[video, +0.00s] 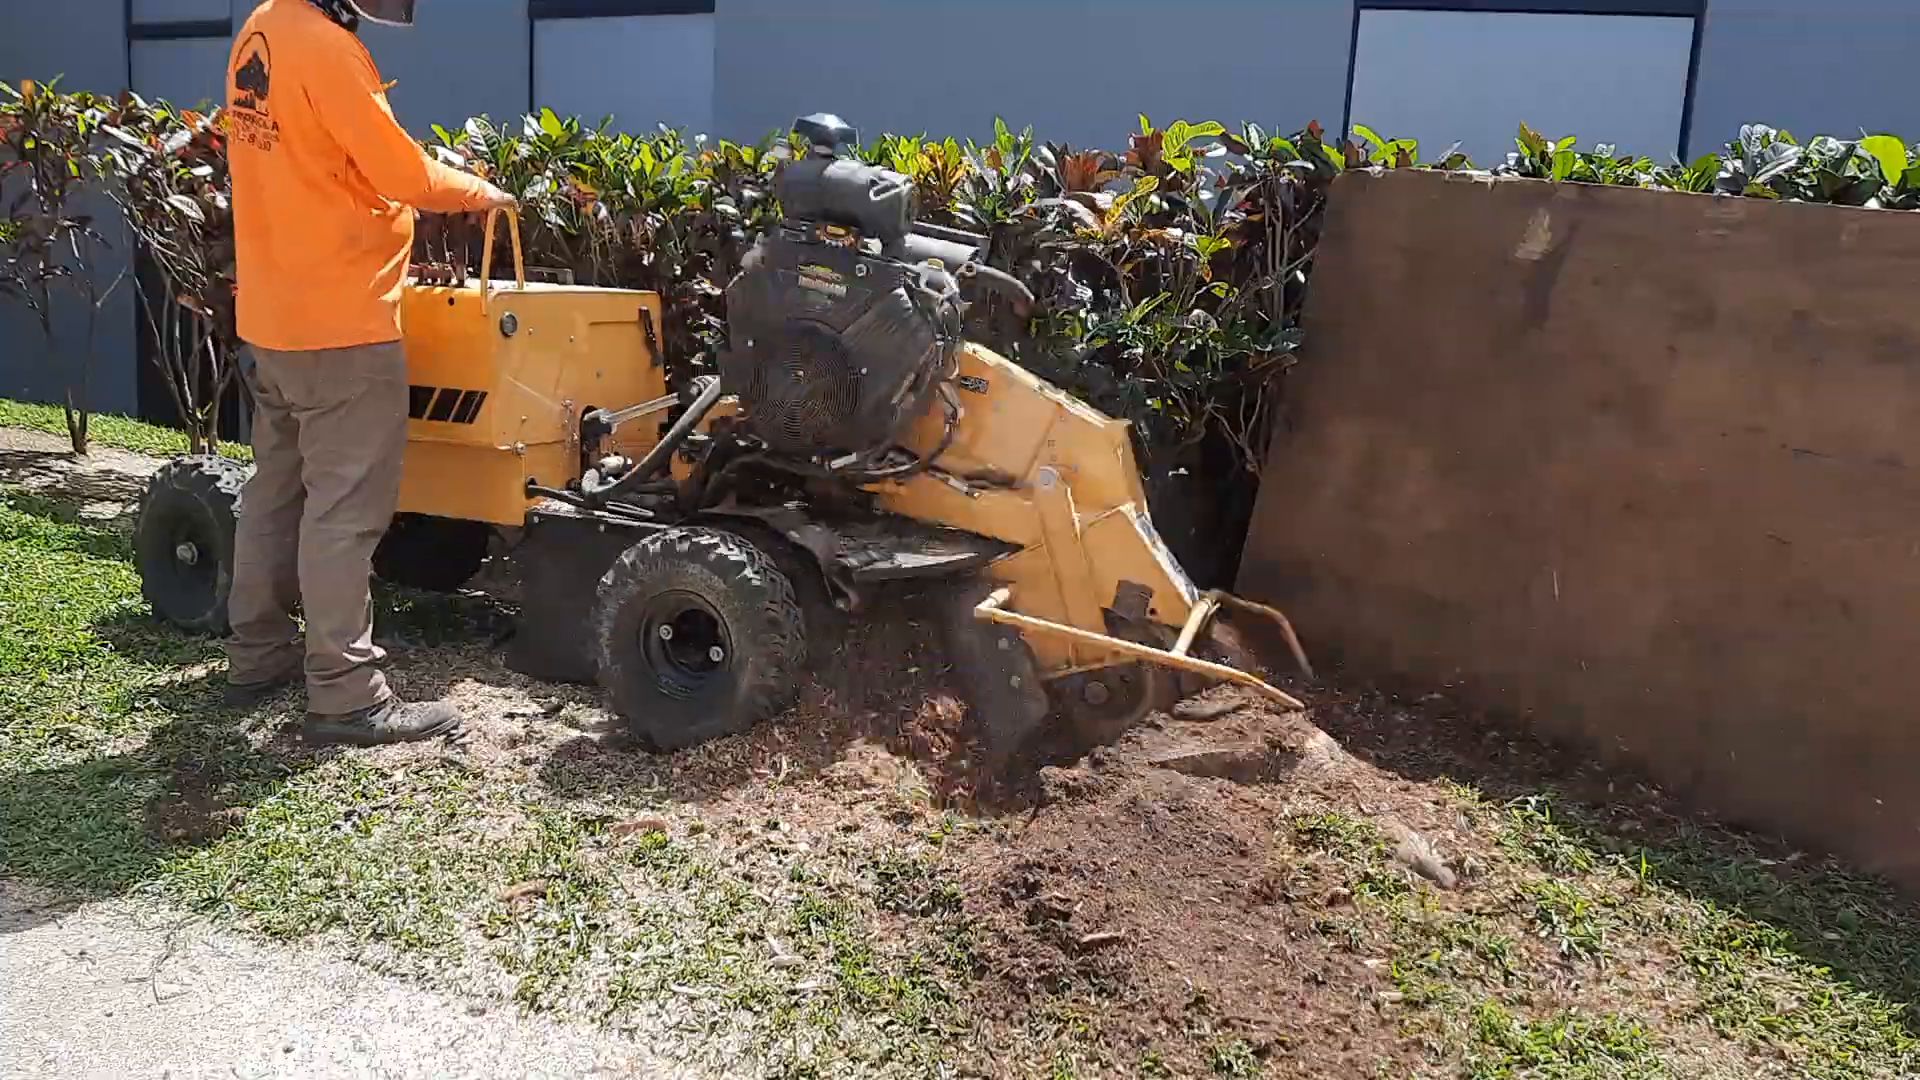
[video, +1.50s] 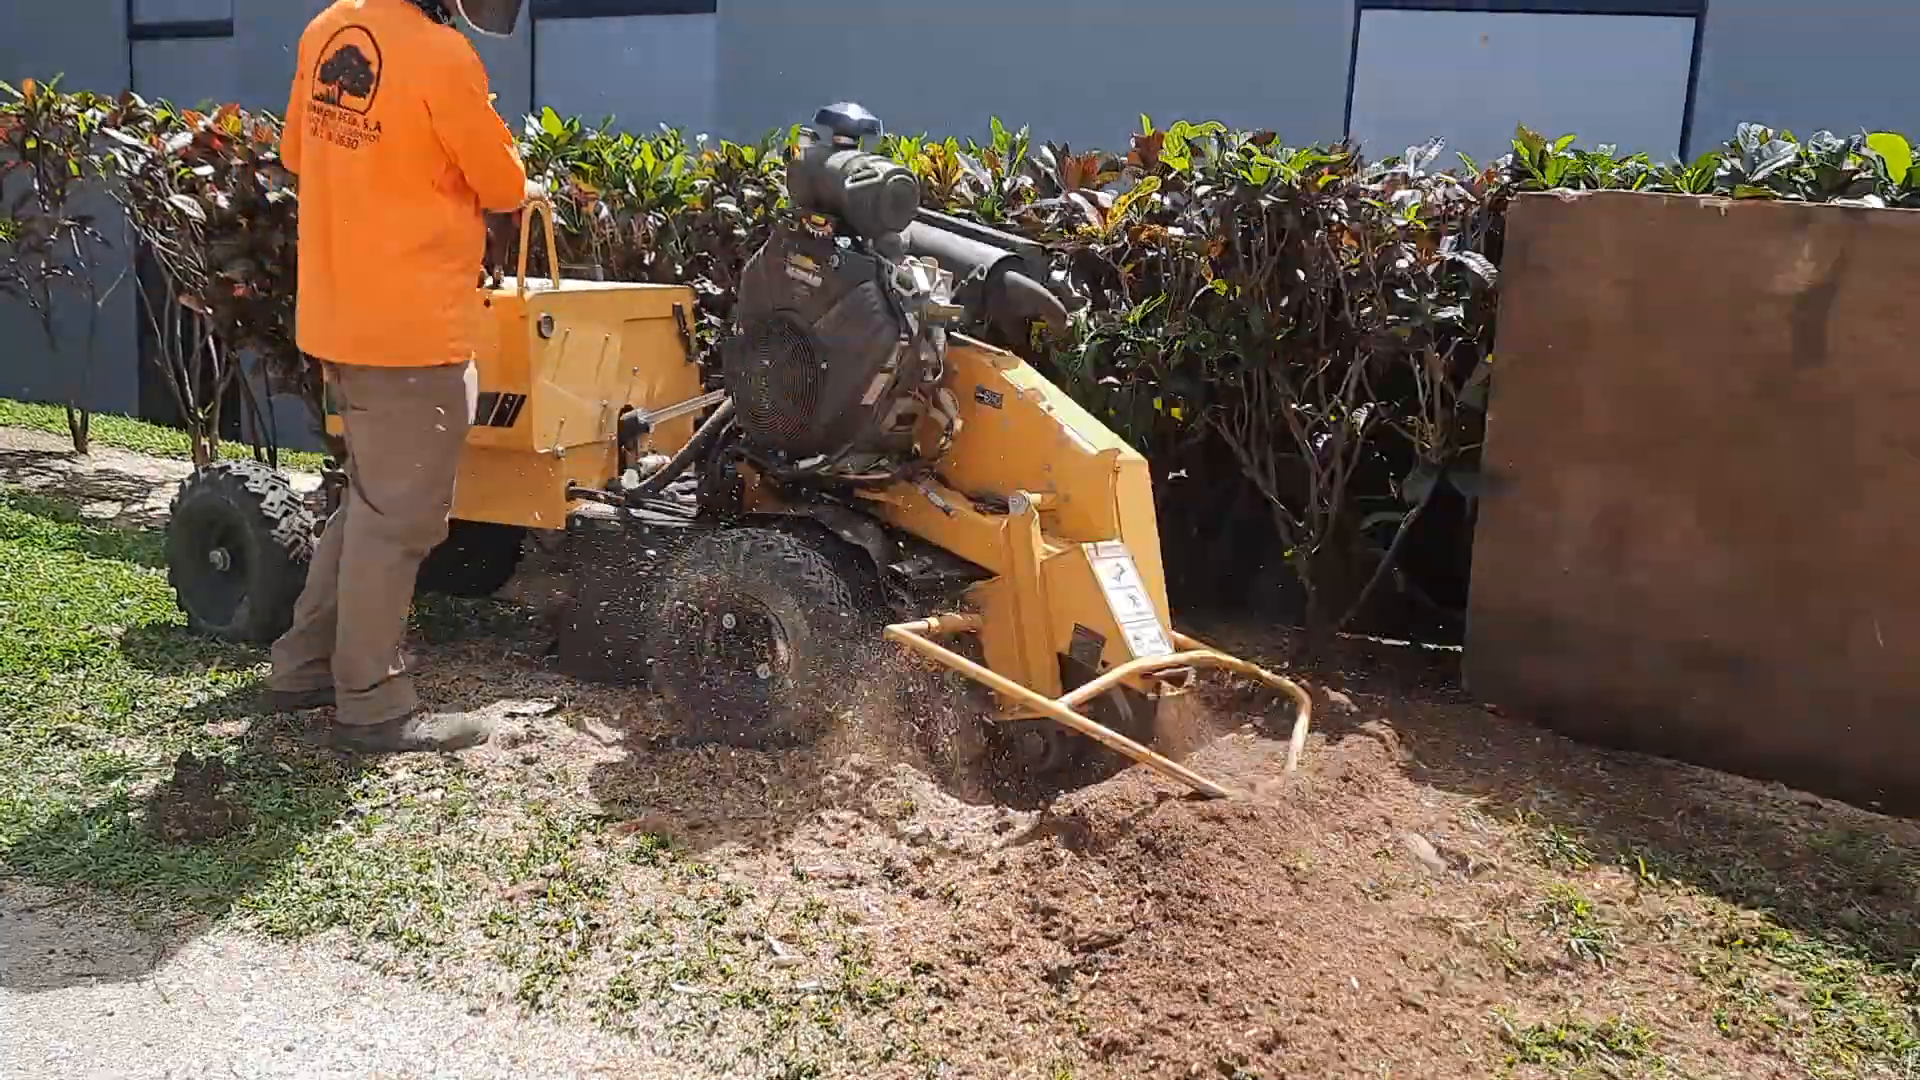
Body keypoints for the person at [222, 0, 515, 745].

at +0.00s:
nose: (397, 12)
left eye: (397, 6)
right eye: (394, 3)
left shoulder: (260, 28)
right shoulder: (329, 49)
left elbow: (321, 161)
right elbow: (404, 176)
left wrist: (438, 176)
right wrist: (475, 191)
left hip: (272, 322)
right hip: (341, 326)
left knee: (275, 492)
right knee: (347, 505)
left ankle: (257, 657)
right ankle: (343, 693)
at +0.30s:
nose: (386, 9)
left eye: (386, 3)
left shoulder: (248, 29)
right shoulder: (312, 51)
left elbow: (315, 161)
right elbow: (394, 173)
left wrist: (432, 178)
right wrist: (475, 190)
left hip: (268, 323)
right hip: (336, 326)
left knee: (272, 491)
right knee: (345, 503)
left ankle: (258, 657)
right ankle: (345, 694)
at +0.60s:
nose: (416, 12)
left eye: (416, 7)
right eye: (413, 4)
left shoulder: (279, 25)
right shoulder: (345, 48)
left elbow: (342, 162)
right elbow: (413, 183)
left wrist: (444, 188)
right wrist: (472, 191)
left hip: (314, 311)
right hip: (357, 318)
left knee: (375, 482)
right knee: (344, 502)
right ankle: (323, 695)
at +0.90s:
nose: (400, 13)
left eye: (402, 6)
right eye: (399, 2)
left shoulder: (274, 23)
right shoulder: (331, 51)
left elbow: (346, 165)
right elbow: (408, 180)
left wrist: (437, 191)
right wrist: (472, 185)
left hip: (307, 317)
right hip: (351, 324)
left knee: (368, 489)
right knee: (342, 509)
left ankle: (412, 633)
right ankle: (322, 695)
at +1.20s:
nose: (435, 14)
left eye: (435, 8)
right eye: (431, 5)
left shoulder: (339, 30)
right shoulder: (342, 39)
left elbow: (390, 168)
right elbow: (406, 182)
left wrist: (482, 189)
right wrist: (498, 196)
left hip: (329, 288)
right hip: (360, 280)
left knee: (329, 486)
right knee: (547, 326)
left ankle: (298, 665)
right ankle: (650, 510)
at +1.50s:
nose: (500, 19)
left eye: (504, 11)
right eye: (499, 8)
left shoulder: (326, 28)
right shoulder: (445, 55)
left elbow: (296, 155)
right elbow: (502, 189)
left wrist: (412, 154)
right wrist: (525, 182)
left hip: (341, 319)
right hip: (414, 331)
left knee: (370, 502)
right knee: (397, 518)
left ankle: (301, 665)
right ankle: (372, 706)